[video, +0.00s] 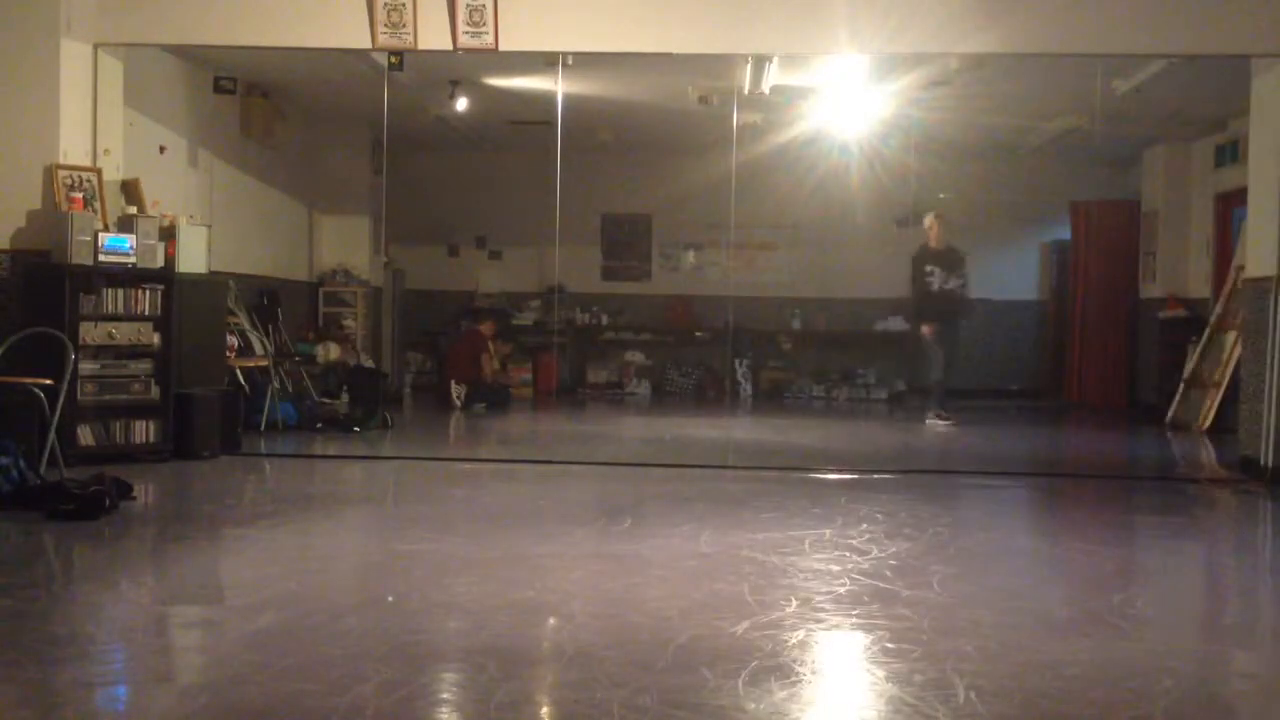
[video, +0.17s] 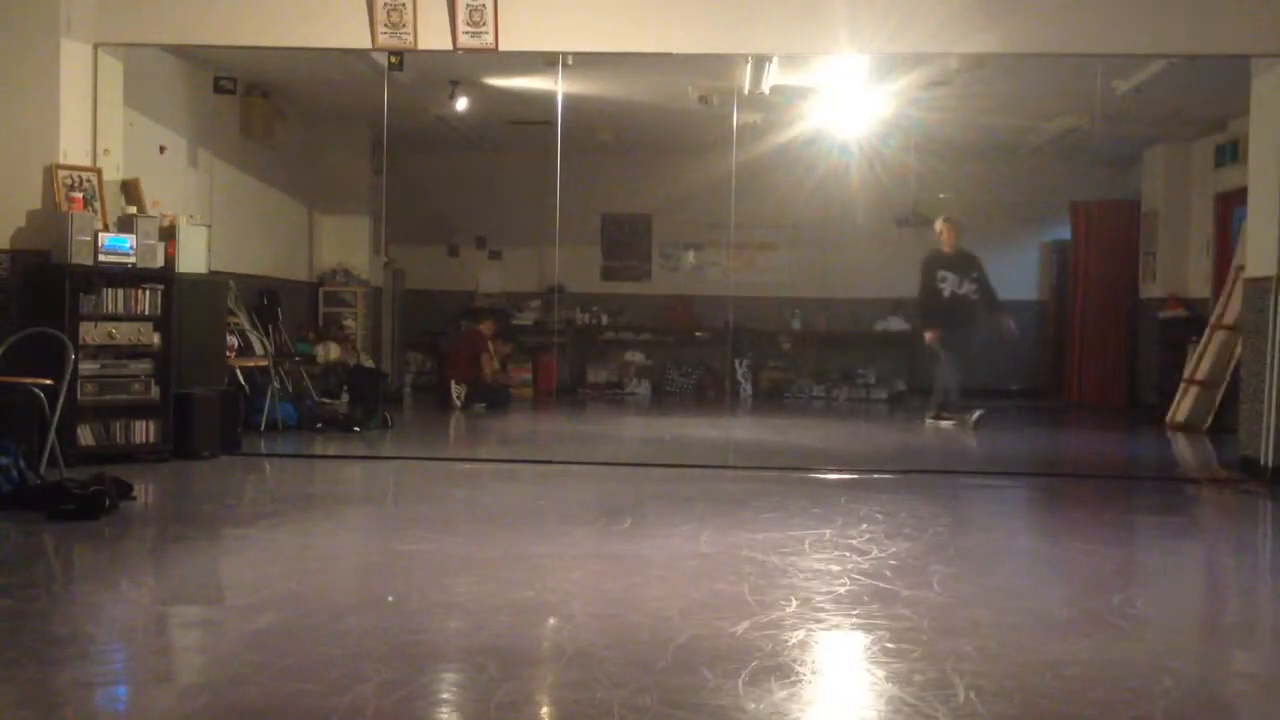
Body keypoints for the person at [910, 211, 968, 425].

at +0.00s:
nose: (936, 233)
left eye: (939, 227)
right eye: (932, 228)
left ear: (945, 228)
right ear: (926, 231)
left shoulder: (956, 255)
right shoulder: (921, 256)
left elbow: (962, 287)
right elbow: (918, 291)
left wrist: (964, 311)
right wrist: (923, 319)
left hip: (952, 314)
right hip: (930, 315)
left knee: (948, 362)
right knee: (938, 362)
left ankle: (940, 408)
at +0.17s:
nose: (949, 237)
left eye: (952, 231)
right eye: (944, 232)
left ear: (958, 233)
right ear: (938, 235)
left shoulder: (970, 260)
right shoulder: (932, 261)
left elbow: (986, 290)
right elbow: (925, 295)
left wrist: (1001, 314)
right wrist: (927, 325)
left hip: (965, 320)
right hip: (941, 320)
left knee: (949, 366)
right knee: (951, 364)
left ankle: (936, 411)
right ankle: (959, 410)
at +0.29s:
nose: (954, 236)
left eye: (957, 230)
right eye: (949, 232)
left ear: (964, 232)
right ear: (944, 236)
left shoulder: (979, 258)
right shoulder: (940, 261)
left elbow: (996, 288)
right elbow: (934, 297)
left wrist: (1012, 316)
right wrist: (931, 329)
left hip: (975, 319)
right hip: (951, 319)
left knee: (959, 365)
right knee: (965, 365)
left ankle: (939, 405)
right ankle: (975, 416)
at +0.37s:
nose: (958, 234)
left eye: (961, 229)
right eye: (953, 230)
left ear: (967, 231)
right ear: (947, 234)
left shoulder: (984, 256)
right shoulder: (943, 261)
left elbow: (1000, 287)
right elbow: (936, 297)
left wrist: (1014, 315)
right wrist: (936, 330)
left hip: (981, 318)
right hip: (955, 320)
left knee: (971, 364)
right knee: (968, 366)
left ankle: (950, 396)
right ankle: (978, 417)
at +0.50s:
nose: (965, 228)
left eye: (967, 223)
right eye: (960, 224)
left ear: (972, 225)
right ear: (953, 228)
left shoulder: (991, 251)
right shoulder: (948, 257)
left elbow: (1003, 287)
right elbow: (944, 294)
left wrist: (1011, 315)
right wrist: (948, 325)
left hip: (989, 316)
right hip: (963, 317)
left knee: (988, 363)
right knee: (970, 365)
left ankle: (980, 407)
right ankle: (978, 417)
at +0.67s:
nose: (973, 225)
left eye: (975, 220)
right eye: (968, 221)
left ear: (982, 224)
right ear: (960, 226)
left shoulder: (998, 251)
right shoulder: (953, 255)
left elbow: (1009, 284)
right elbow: (950, 293)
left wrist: (1005, 309)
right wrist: (957, 323)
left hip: (995, 317)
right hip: (968, 319)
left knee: (997, 367)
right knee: (972, 372)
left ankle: (998, 416)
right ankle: (979, 418)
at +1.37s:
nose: (960, 225)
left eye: (965, 220)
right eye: (958, 220)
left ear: (977, 223)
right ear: (955, 225)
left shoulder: (998, 252)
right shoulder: (950, 257)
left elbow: (1011, 289)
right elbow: (945, 294)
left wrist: (1015, 322)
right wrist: (946, 324)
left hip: (995, 323)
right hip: (964, 324)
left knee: (998, 376)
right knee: (958, 373)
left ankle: (996, 426)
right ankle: (951, 423)